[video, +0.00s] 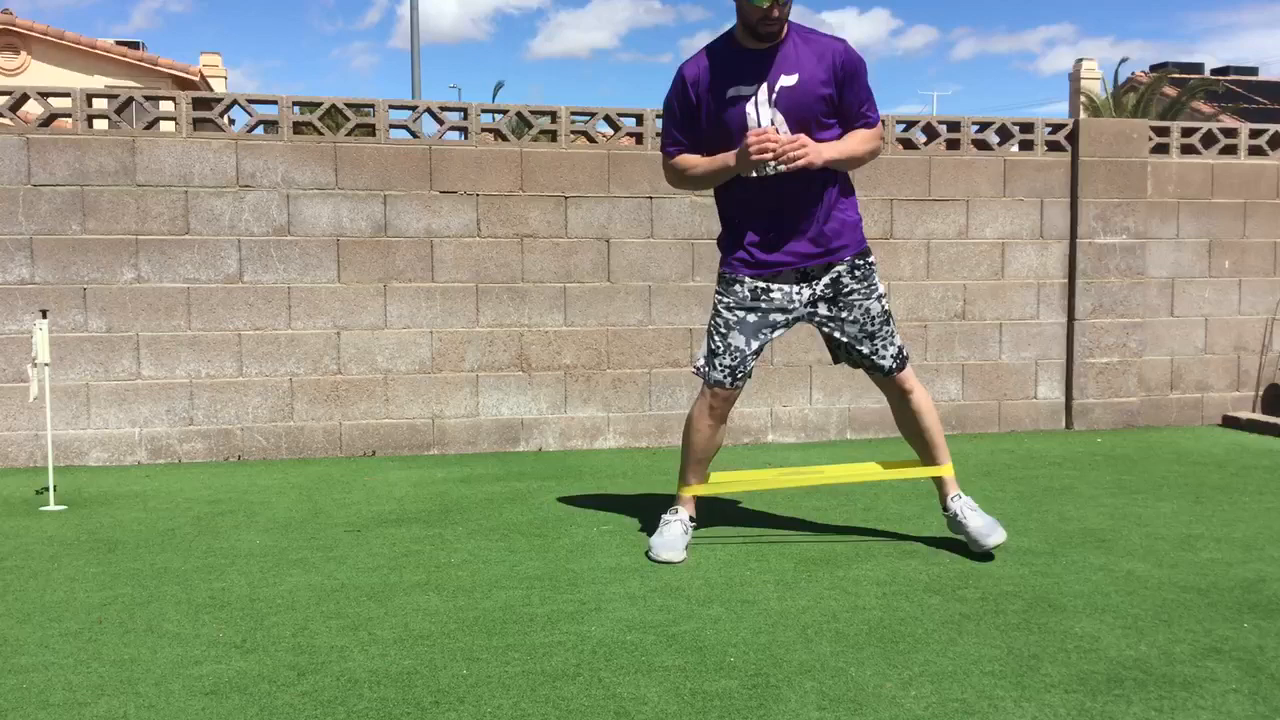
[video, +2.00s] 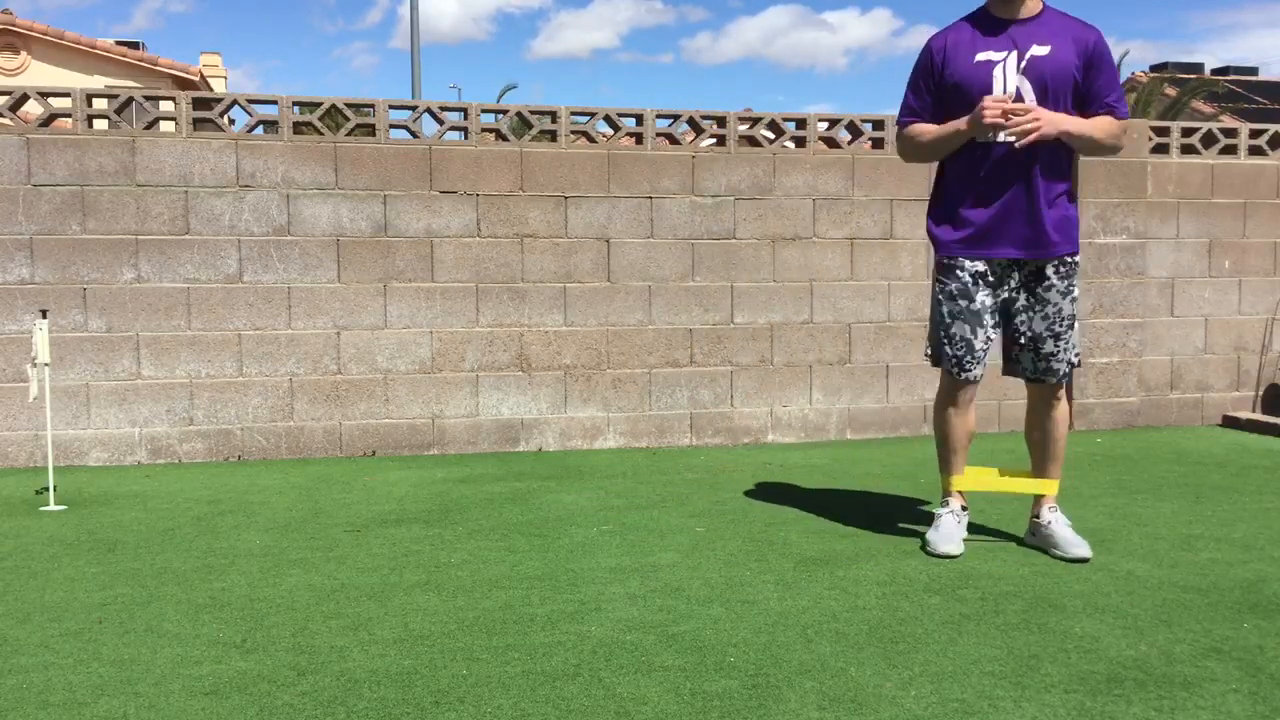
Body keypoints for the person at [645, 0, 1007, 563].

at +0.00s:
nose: (770, 11)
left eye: (779, 2)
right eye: (757, 3)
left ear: (791, 1)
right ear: (735, 3)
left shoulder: (835, 57)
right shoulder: (698, 74)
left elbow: (870, 137)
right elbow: (677, 170)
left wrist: (821, 152)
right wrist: (737, 159)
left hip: (839, 258)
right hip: (753, 265)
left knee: (898, 375)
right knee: (718, 388)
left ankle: (954, 499)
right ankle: (682, 511)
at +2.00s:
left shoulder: (1083, 41)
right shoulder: (946, 45)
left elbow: (1113, 133)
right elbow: (909, 144)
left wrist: (1057, 122)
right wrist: (969, 125)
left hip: (1050, 240)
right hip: (967, 240)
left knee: (1051, 379)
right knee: (960, 375)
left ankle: (1046, 513)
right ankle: (952, 507)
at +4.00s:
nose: (843, 37)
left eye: (856, 26)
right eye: (830, 25)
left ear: (872, 23)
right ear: (812, 24)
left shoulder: (903, 92)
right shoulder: (775, 93)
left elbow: (911, 186)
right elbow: (770, 191)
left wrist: (859, 111)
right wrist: (827, 117)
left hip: (870, 267)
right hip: (789, 265)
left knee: (890, 384)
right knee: (760, 379)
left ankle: (885, 509)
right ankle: (745, 506)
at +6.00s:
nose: (365, 39)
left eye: (378, 28)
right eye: (355, 28)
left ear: (404, 20)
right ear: (343, 22)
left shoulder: (445, 89)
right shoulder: (321, 84)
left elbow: (444, 182)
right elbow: (305, 183)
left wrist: (385, 110)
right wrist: (352, 116)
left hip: (440, 253)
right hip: (363, 256)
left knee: (451, 364)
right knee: (330, 381)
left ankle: (487, 492)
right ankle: (329, 508)